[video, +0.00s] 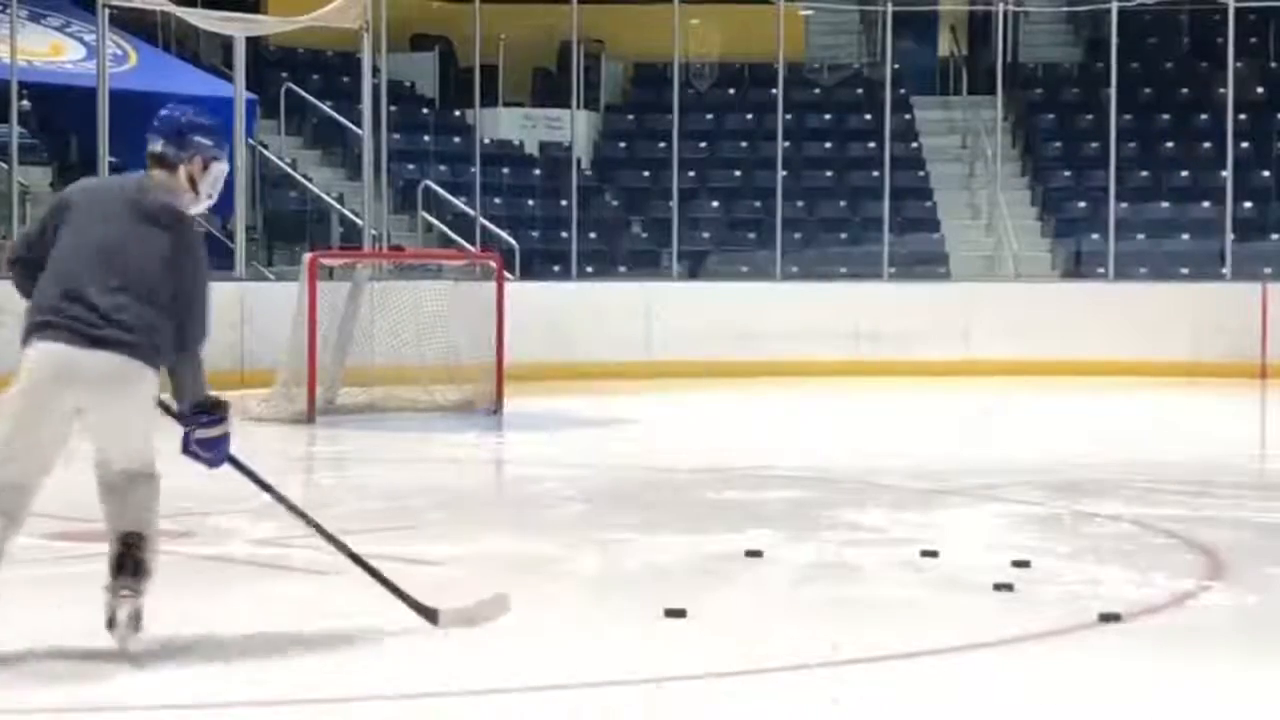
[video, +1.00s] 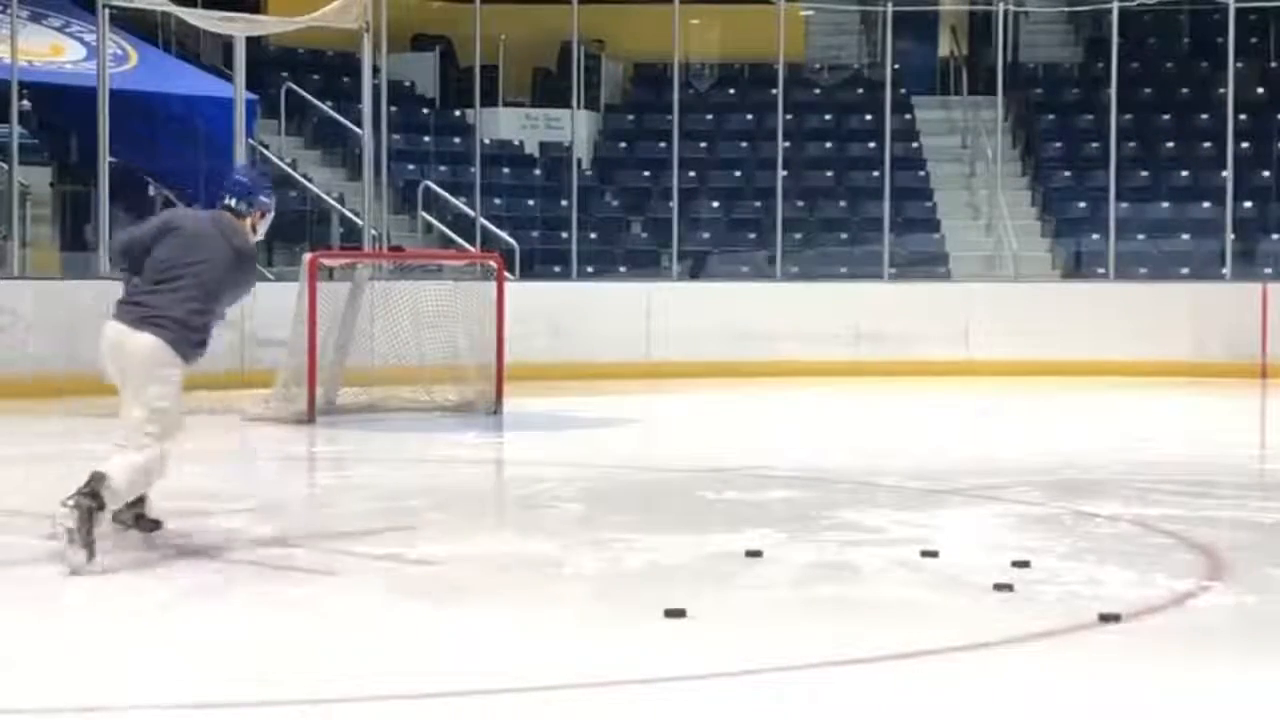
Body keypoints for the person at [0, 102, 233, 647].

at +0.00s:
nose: (209, 187)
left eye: (212, 174)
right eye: (207, 173)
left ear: (153, 157)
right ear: (190, 167)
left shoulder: (83, 192)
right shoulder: (183, 236)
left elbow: (21, 260)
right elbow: (185, 338)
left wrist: (61, 313)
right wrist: (199, 411)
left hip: (50, 357)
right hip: (126, 371)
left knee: (11, 481)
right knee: (129, 472)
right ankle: (129, 570)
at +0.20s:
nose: (209, 194)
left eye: (214, 182)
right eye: (207, 179)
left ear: (161, 163)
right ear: (181, 170)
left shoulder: (89, 196)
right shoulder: (169, 236)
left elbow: (66, 264)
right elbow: (184, 330)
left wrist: (116, 334)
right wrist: (217, 400)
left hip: (20, 334)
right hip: (88, 348)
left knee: (5, 460)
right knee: (126, 455)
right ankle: (133, 562)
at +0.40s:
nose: (232, 200)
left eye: (237, 190)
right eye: (231, 187)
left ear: (186, 171)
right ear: (210, 179)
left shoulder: (129, 195)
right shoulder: (181, 242)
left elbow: (105, 260)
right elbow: (199, 334)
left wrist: (140, 326)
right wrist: (229, 400)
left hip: (30, 316)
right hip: (89, 330)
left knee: (12, 447)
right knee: (131, 436)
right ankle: (145, 542)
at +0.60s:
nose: (244, 214)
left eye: (249, 203)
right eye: (244, 201)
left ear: (204, 181)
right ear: (230, 193)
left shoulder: (153, 201)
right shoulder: (201, 249)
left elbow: (120, 259)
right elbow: (213, 331)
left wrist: (157, 320)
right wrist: (240, 394)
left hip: (47, 308)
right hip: (101, 323)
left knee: (31, 431)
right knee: (146, 431)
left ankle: (4, 527)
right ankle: (166, 533)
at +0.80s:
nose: (248, 214)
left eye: (252, 205)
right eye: (251, 203)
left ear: (210, 183)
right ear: (239, 198)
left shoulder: (154, 196)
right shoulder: (216, 247)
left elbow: (98, 225)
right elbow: (186, 310)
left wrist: (117, 268)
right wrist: (175, 360)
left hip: (82, 310)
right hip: (135, 330)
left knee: (79, 422)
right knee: (138, 430)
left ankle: (65, 511)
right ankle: (146, 508)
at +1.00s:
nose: (263, 228)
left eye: (265, 218)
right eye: (263, 218)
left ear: (225, 201)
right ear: (253, 214)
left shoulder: (181, 218)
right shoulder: (246, 261)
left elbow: (123, 246)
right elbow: (216, 301)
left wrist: (145, 283)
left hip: (118, 332)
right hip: (158, 348)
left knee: (138, 425)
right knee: (156, 439)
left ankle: (129, 505)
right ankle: (94, 498)